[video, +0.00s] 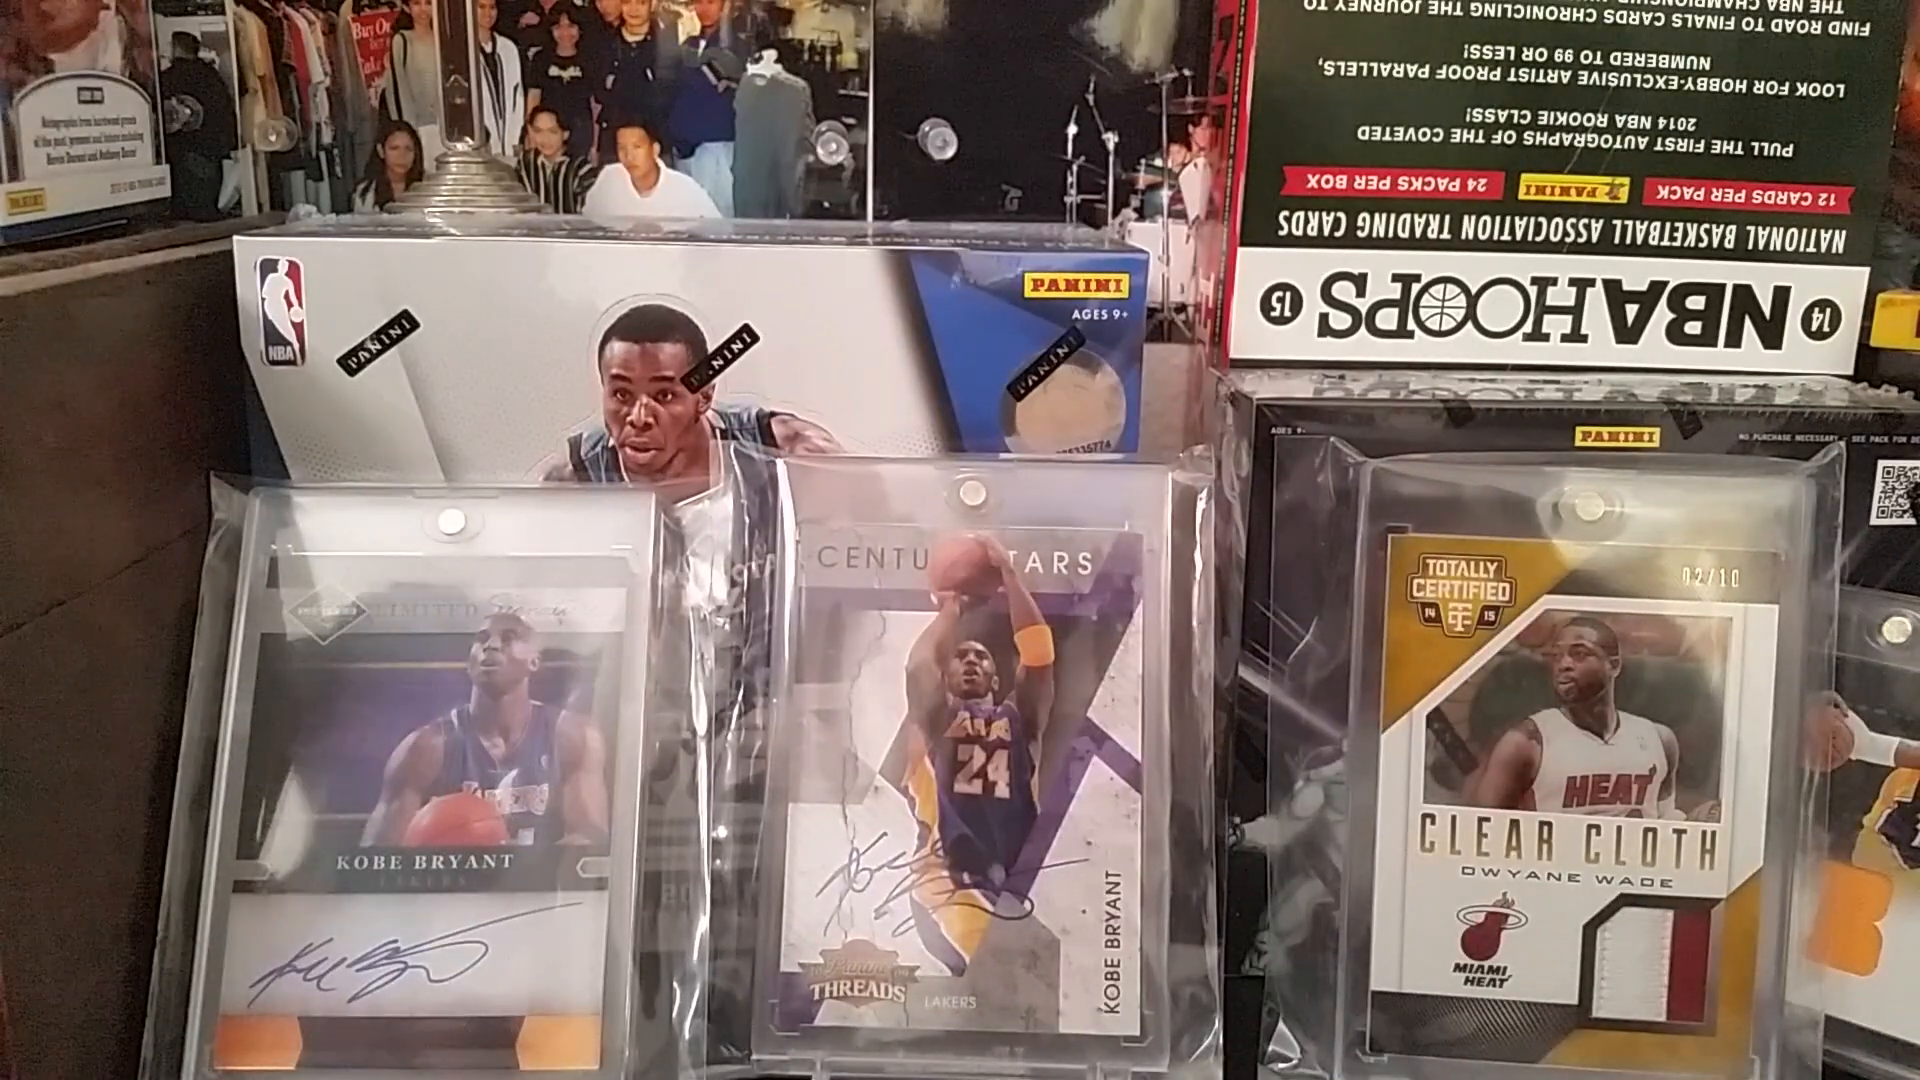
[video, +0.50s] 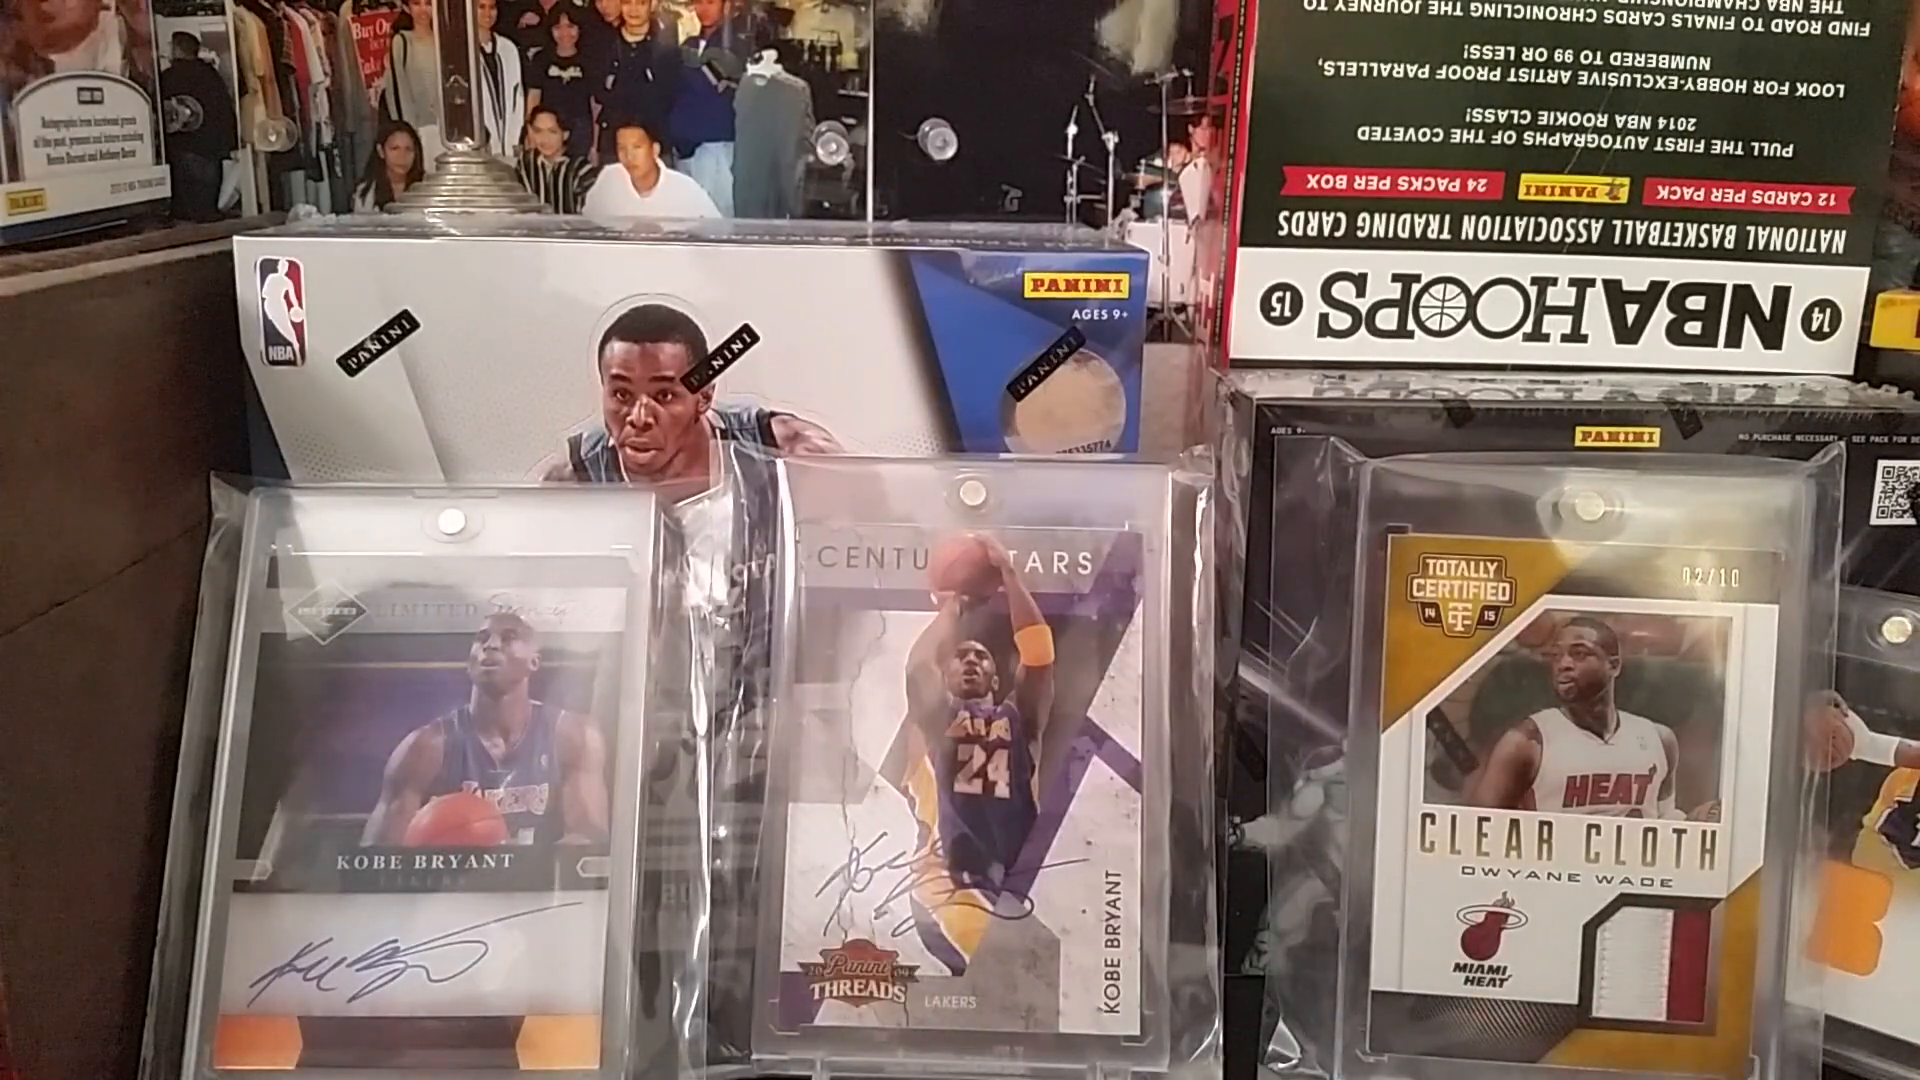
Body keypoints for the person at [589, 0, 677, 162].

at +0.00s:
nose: (634, 9)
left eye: (641, 3)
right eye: (628, 3)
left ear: (652, 6)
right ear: (621, 7)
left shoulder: (665, 44)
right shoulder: (607, 43)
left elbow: (669, 90)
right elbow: (599, 92)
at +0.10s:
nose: (634, 9)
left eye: (641, 3)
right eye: (627, 3)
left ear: (652, 6)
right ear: (620, 6)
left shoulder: (665, 45)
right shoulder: (606, 43)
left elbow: (665, 93)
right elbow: (599, 93)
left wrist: (616, 85)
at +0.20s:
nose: (633, 9)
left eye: (641, 3)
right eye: (628, 3)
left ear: (652, 6)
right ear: (620, 6)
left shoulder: (666, 47)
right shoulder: (605, 43)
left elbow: (666, 95)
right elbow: (600, 94)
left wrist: (615, 83)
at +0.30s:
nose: (633, 9)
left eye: (641, 3)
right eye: (627, 3)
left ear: (652, 6)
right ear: (620, 7)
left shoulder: (665, 46)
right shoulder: (607, 42)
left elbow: (669, 92)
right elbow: (599, 92)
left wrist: (617, 86)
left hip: (655, 135)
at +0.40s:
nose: (634, 9)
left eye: (641, 3)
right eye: (627, 3)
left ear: (652, 6)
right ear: (620, 7)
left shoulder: (665, 48)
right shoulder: (606, 43)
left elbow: (670, 91)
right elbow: (599, 92)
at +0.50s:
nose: (634, 9)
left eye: (641, 3)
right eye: (627, 3)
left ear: (652, 6)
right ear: (620, 7)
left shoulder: (666, 47)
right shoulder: (606, 43)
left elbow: (670, 92)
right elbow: (599, 92)